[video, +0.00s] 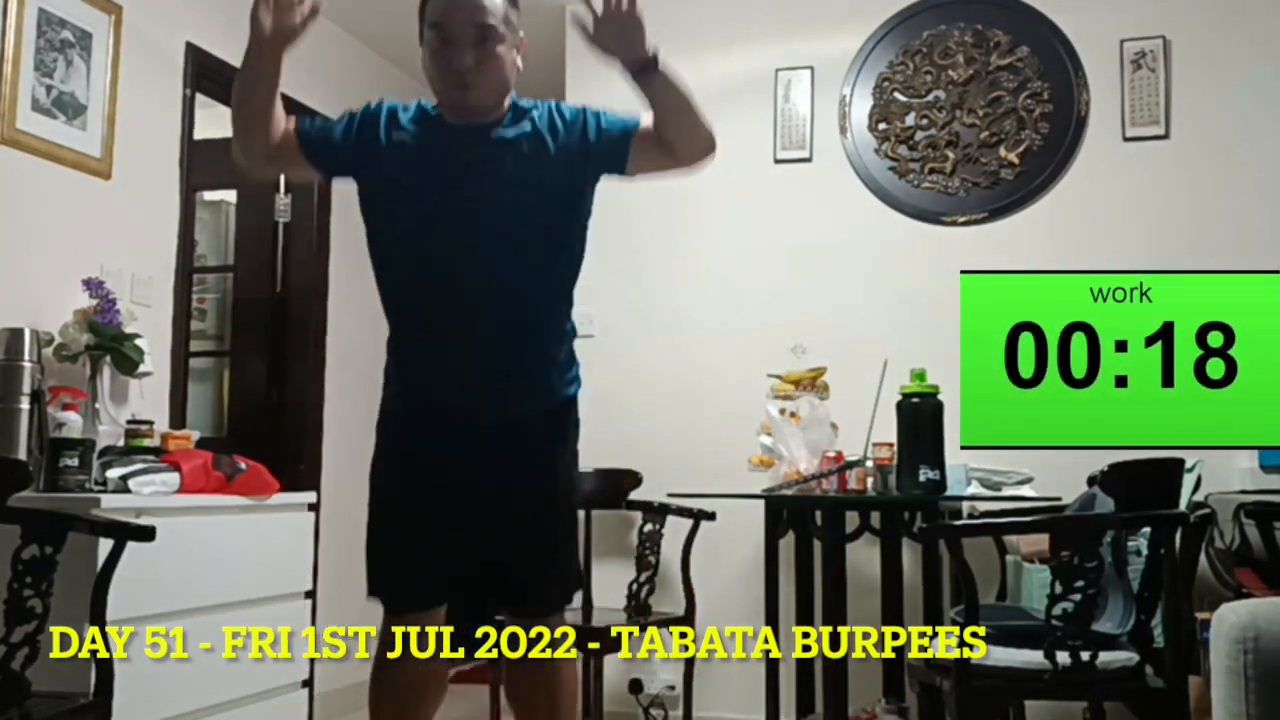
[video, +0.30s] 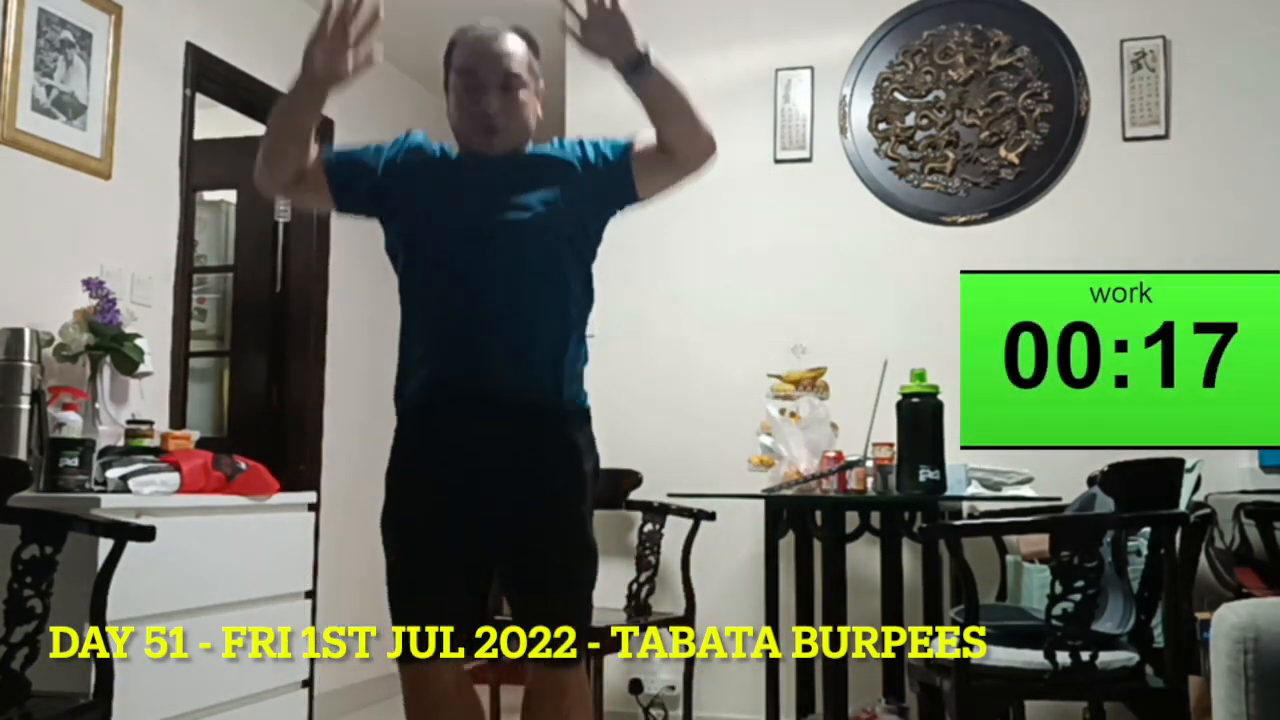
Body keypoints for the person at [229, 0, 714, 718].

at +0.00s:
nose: (462, 57)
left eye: (484, 37)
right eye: (442, 38)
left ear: (519, 50)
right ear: (423, 51)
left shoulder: (564, 135)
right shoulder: (383, 135)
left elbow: (690, 145)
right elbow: (258, 152)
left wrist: (643, 61)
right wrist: (267, 47)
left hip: (534, 418)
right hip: (422, 414)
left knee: (536, 640)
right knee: (415, 633)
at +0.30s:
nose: (490, 101)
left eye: (508, 85)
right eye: (472, 86)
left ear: (538, 98)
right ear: (447, 98)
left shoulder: (579, 173)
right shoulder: (407, 172)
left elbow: (692, 148)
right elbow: (278, 175)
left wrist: (631, 59)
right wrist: (312, 86)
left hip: (547, 446)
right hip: (435, 445)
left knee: (559, 664)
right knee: (432, 666)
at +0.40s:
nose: (484, 204)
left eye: (503, 183)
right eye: (465, 184)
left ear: (536, 185)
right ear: (444, 190)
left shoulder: (580, 277)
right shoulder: (401, 281)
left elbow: (704, 340)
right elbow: (297, 360)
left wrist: (658, 314)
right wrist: (303, 321)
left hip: (557, 535)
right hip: (439, 535)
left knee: (580, 709)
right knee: (409, 708)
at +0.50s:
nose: (472, 343)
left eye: (493, 316)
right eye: (452, 319)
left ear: (527, 295)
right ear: (428, 303)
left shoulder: (575, 376)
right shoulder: (392, 379)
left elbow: (663, 482)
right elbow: (325, 481)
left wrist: (646, 578)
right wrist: (313, 559)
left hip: (561, 563)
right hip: (443, 563)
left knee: (595, 691)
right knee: (399, 701)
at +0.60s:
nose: (463, 506)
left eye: (483, 484)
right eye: (441, 484)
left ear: (519, 449)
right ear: (417, 455)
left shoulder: (575, 490)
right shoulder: (383, 486)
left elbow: (640, 627)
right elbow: (322, 627)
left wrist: (614, 716)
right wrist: (316, 717)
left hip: (554, 601)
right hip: (435, 598)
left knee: (605, 686)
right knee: (394, 703)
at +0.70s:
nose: (458, 661)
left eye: (475, 641)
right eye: (440, 640)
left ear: (514, 598)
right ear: (411, 602)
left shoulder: (575, 590)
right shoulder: (374, 582)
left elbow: (596, 710)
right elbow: (329, 709)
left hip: (572, 500)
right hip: (454, 486)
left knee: (602, 695)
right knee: (396, 694)